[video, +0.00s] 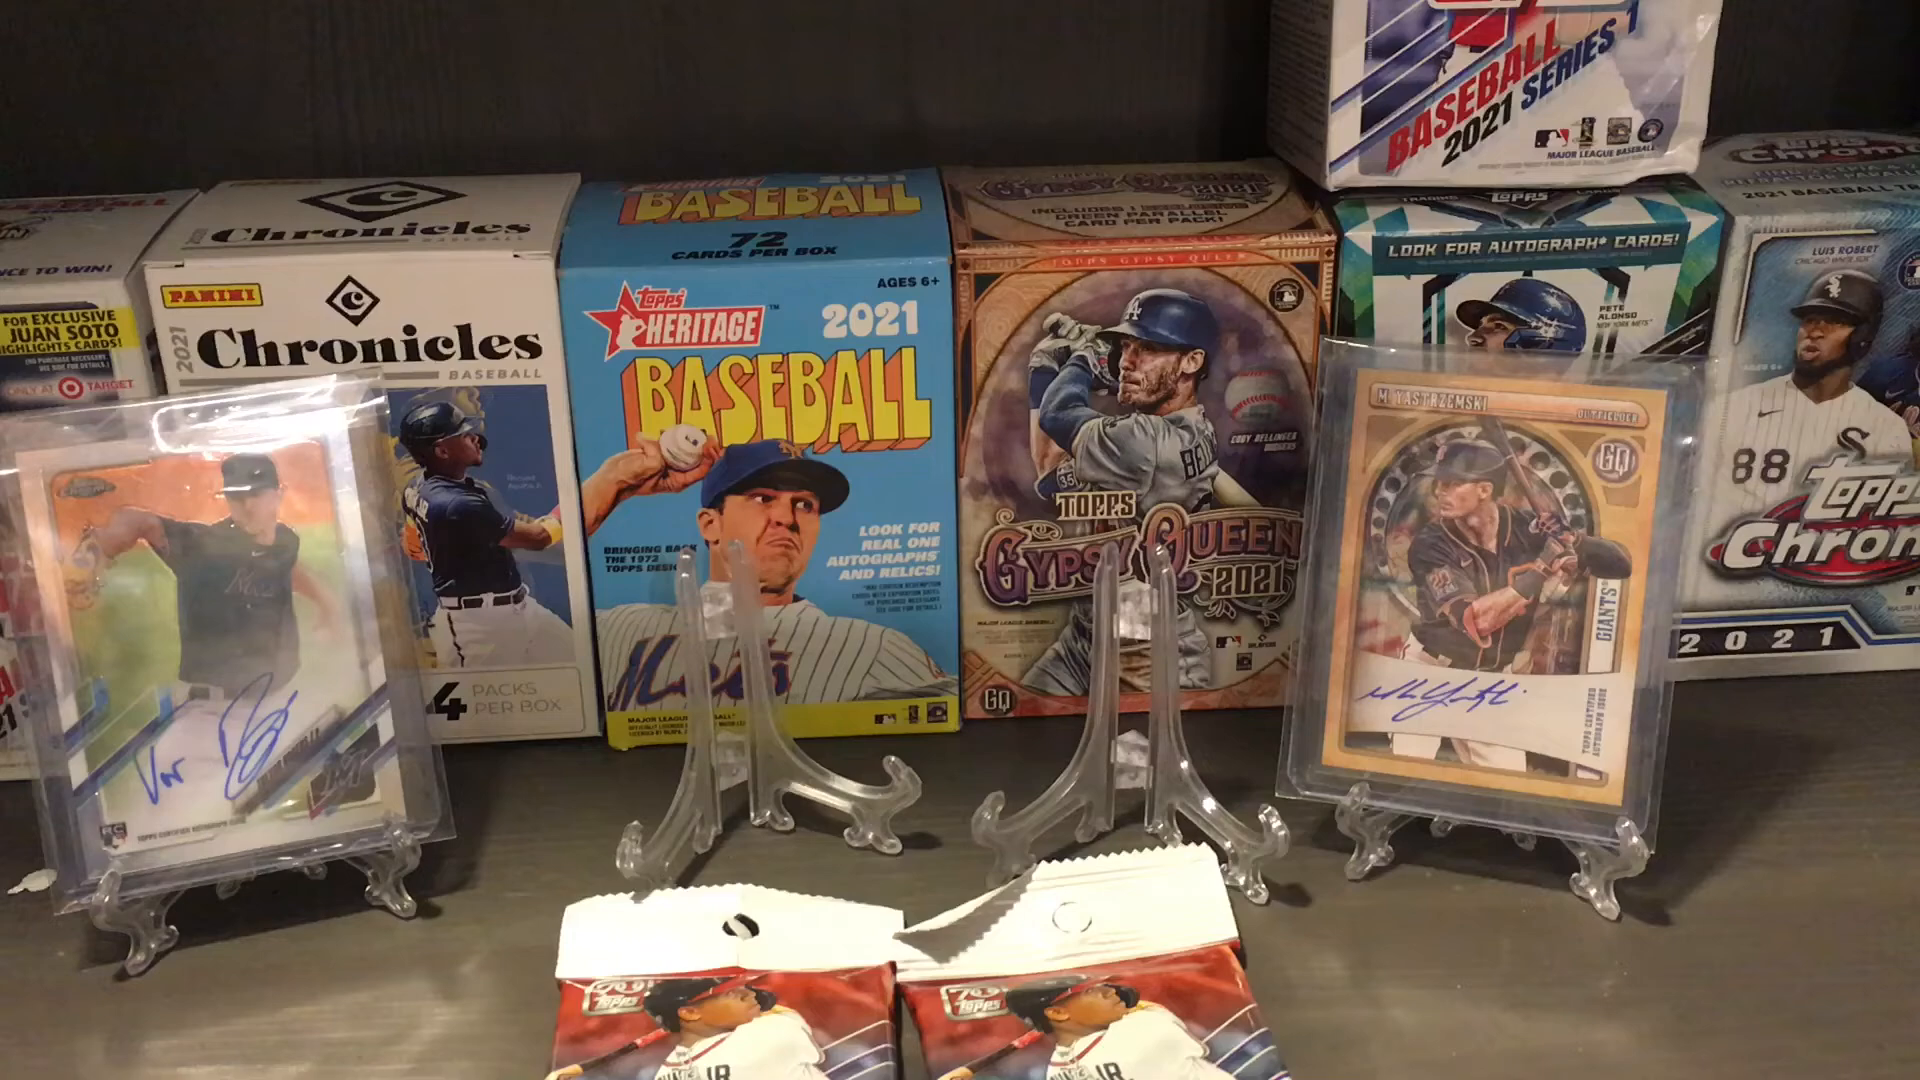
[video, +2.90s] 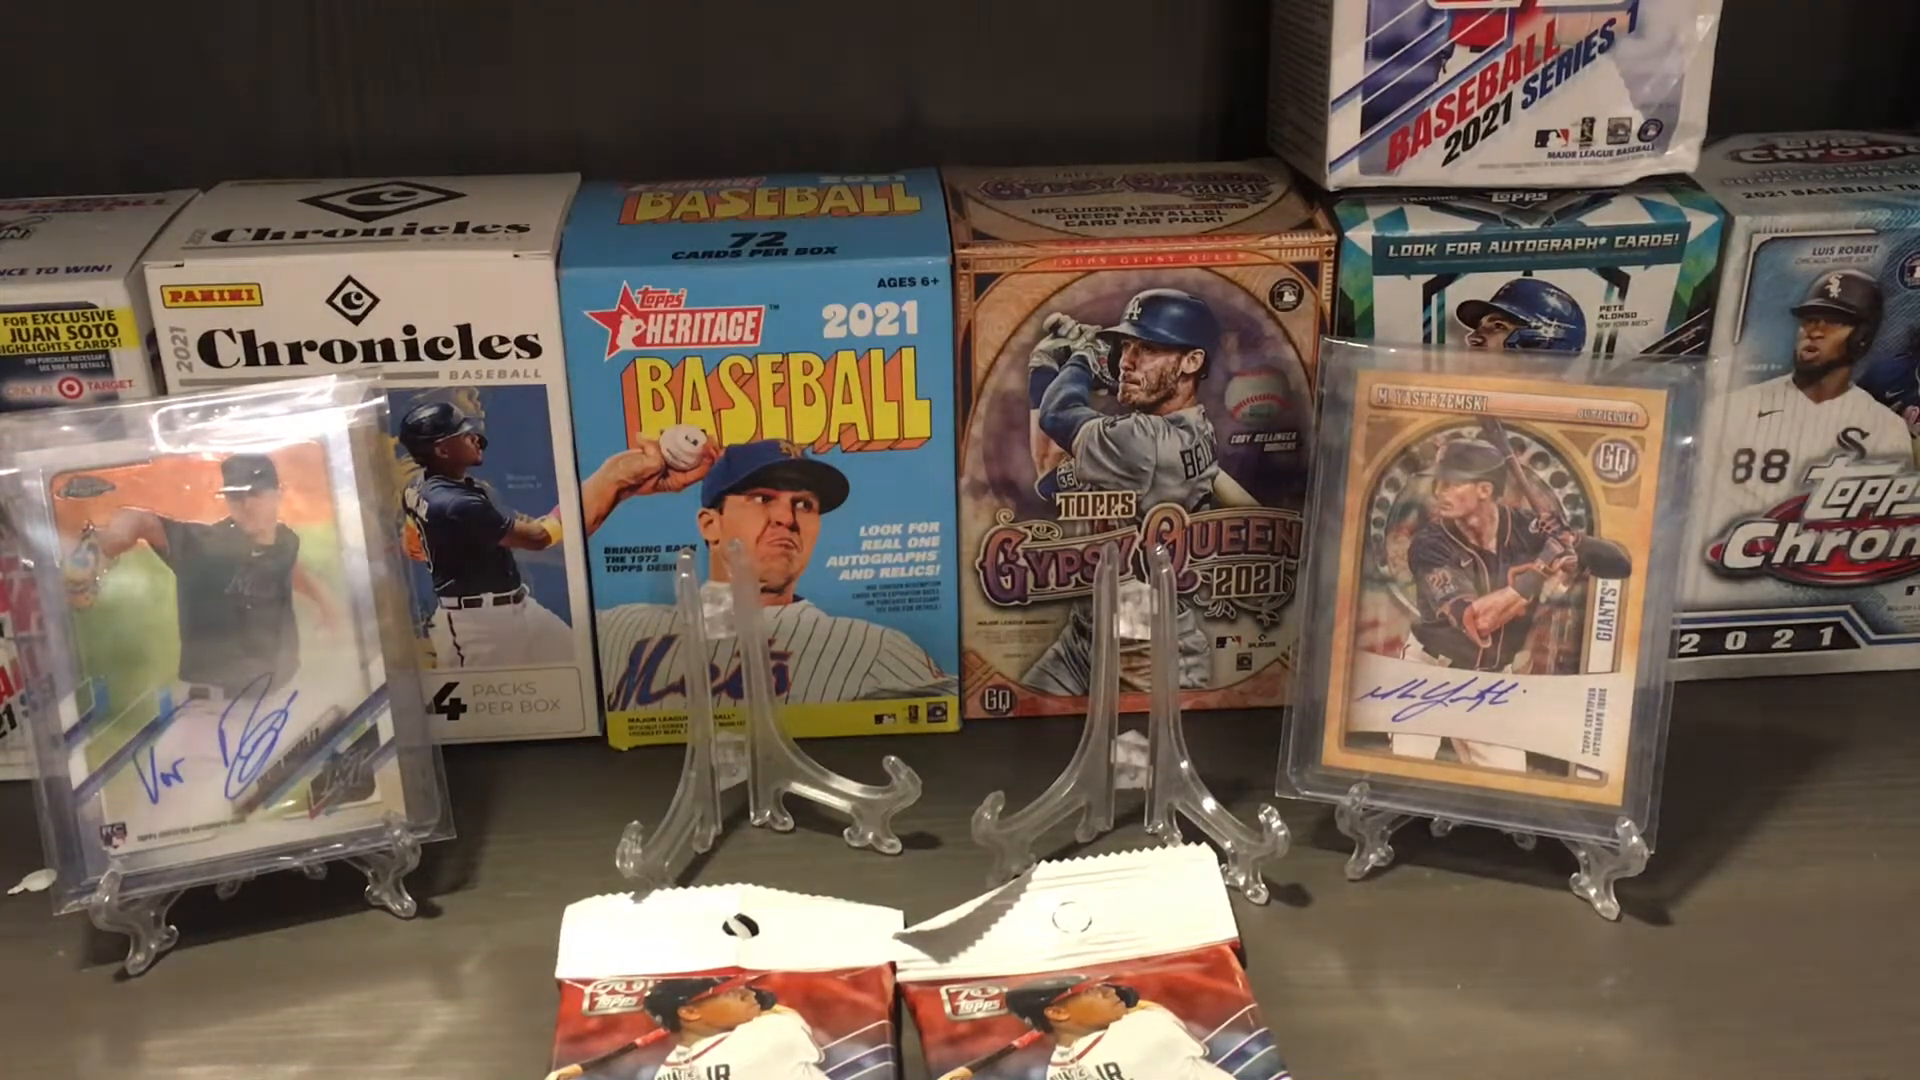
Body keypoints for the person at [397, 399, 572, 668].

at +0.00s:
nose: (475, 436)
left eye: (470, 430)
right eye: (465, 433)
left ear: (442, 451)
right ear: (442, 450)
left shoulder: (420, 489)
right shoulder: (462, 507)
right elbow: (538, 537)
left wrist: (542, 522)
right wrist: (560, 517)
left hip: (520, 609)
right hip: (474, 622)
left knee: (587, 661)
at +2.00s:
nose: (475, 435)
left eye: (469, 429)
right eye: (464, 432)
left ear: (442, 450)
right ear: (442, 449)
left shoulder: (421, 489)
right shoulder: (461, 506)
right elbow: (538, 537)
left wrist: (539, 523)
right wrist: (560, 516)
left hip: (519, 608)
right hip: (473, 622)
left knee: (587, 661)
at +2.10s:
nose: (475, 435)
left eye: (469, 429)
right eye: (464, 432)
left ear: (442, 451)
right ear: (442, 450)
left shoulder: (421, 489)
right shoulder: (463, 506)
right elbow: (538, 538)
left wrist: (538, 523)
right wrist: (561, 517)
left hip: (520, 608)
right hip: (476, 622)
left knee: (587, 662)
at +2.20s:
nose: (474, 435)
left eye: (468, 429)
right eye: (463, 432)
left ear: (442, 450)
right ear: (441, 449)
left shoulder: (419, 489)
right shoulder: (461, 506)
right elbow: (538, 537)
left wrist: (539, 523)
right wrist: (564, 514)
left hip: (520, 609)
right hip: (474, 623)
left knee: (588, 662)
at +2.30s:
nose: (475, 436)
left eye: (469, 430)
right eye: (464, 433)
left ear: (443, 451)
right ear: (442, 449)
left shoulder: (421, 489)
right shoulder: (461, 507)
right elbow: (538, 537)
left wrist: (545, 522)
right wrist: (563, 515)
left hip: (520, 608)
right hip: (475, 622)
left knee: (588, 661)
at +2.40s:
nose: (474, 436)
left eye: (468, 430)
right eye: (464, 433)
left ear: (442, 451)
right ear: (442, 450)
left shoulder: (422, 489)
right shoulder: (461, 506)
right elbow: (538, 537)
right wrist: (573, 506)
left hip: (521, 609)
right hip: (475, 624)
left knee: (589, 664)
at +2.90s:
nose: (476, 436)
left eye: (470, 430)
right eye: (464, 433)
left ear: (442, 451)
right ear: (442, 449)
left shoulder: (421, 489)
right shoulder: (460, 506)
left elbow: (413, 545)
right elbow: (538, 537)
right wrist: (566, 514)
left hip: (520, 609)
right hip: (474, 622)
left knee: (587, 662)